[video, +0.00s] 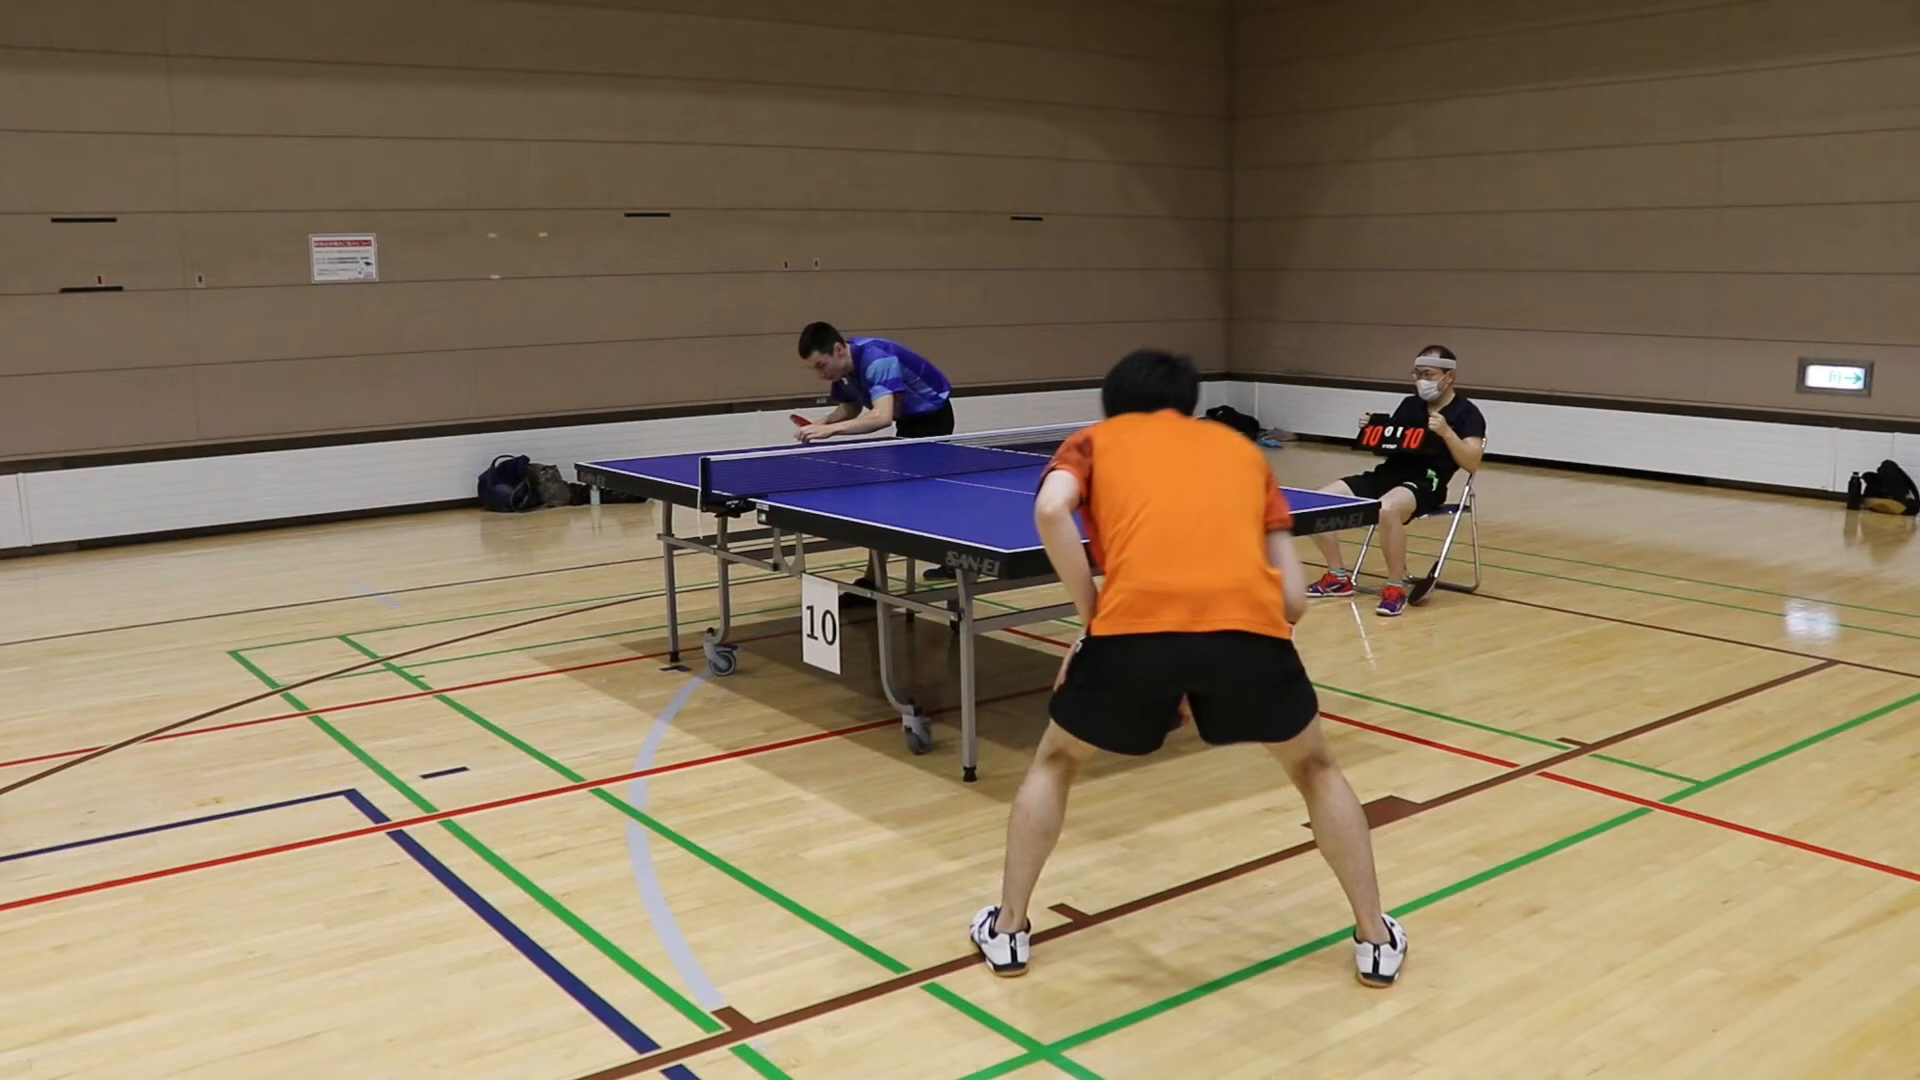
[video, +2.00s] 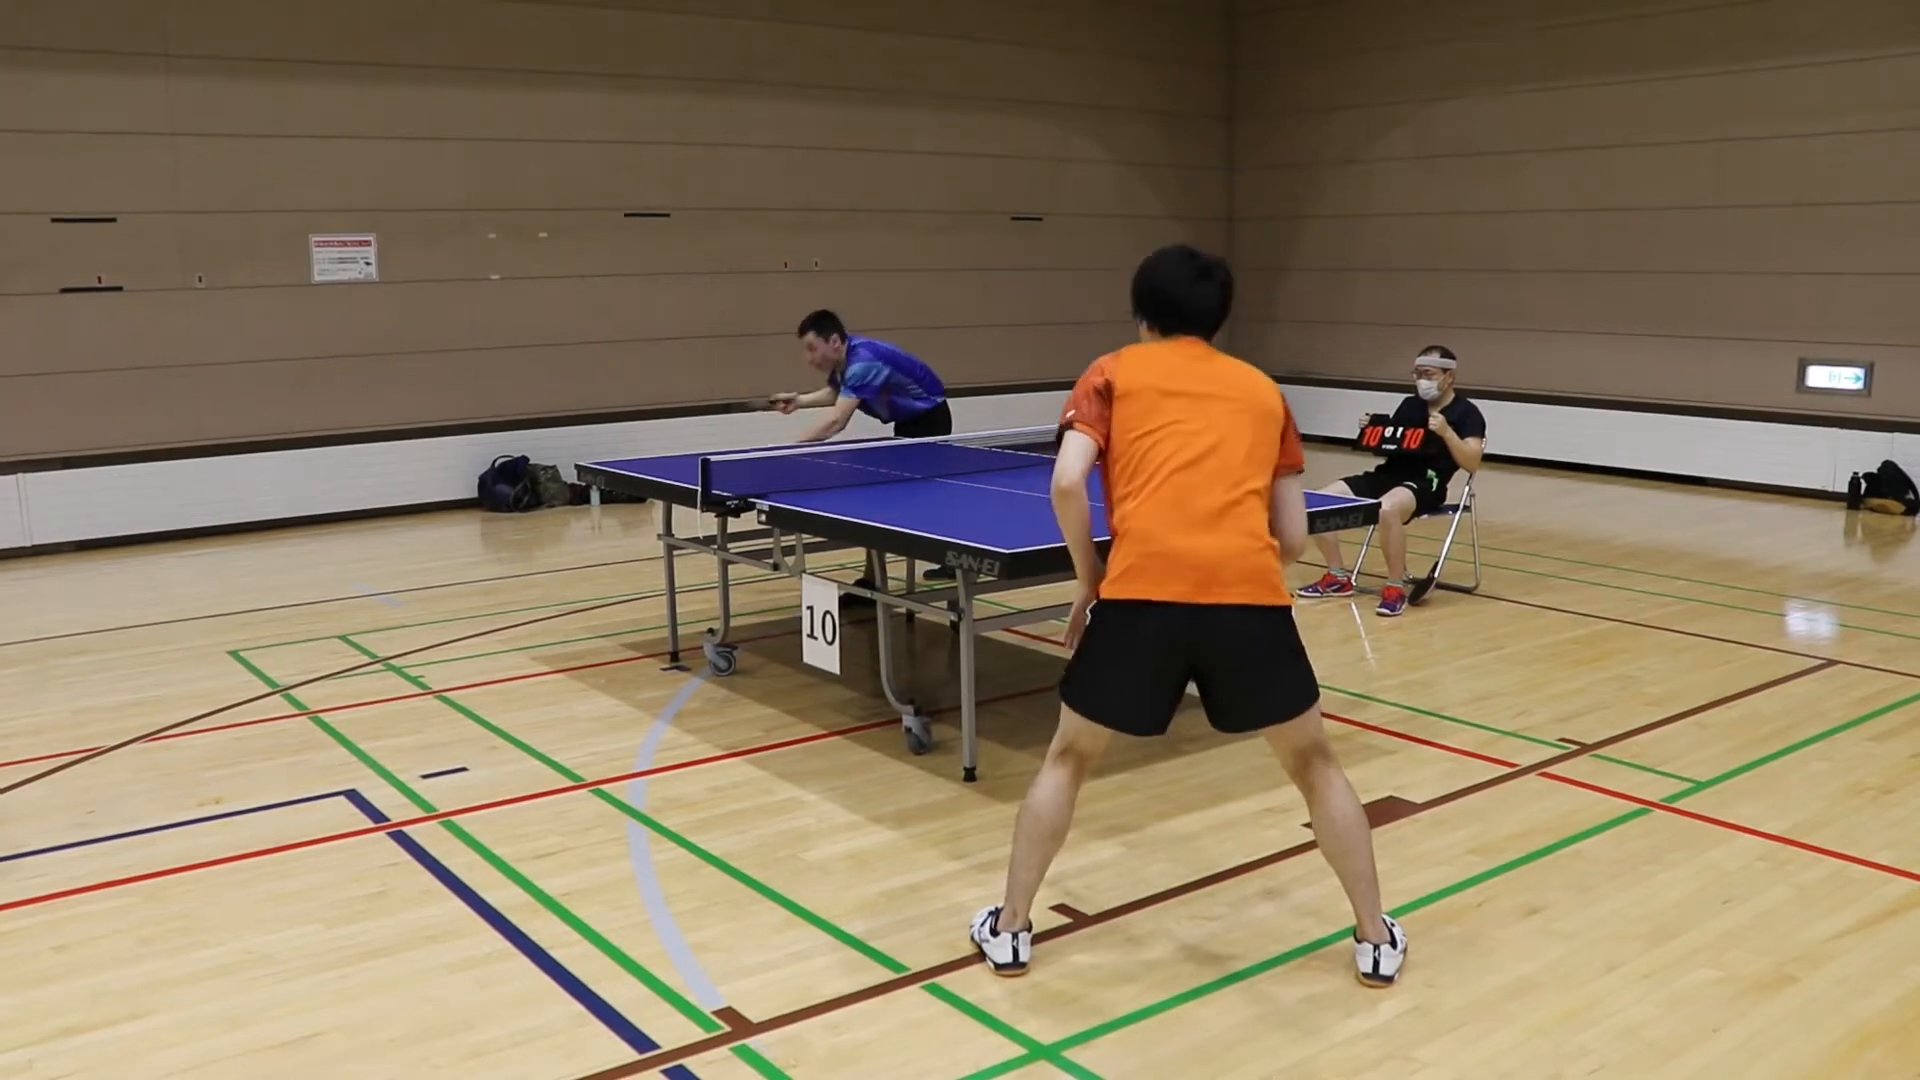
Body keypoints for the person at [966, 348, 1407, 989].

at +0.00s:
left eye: (1102, 410)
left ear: (1112, 406)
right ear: (1190, 405)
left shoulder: (1095, 438)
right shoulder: (1242, 449)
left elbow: (1051, 507)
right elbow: (1293, 595)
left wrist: (1095, 618)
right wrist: (1233, 661)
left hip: (1132, 641)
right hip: (1249, 642)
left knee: (1057, 762)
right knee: (1316, 769)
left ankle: (1008, 927)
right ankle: (1376, 938)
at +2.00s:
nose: (1136, 324)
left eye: (1137, 312)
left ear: (1143, 314)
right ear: (1220, 316)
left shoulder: (1114, 372)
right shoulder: (1262, 390)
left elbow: (1066, 483)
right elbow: (1292, 537)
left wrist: (1088, 581)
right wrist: (1222, 567)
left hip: (1140, 601)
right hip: (1249, 607)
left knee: (1069, 758)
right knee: (1313, 761)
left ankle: (1011, 928)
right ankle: (1377, 937)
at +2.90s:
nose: (1116, 310)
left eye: (1118, 301)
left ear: (1124, 305)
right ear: (1194, 307)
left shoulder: (1107, 372)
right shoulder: (1239, 379)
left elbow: (1048, 485)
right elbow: (1290, 498)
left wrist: (1015, 506)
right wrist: (1226, 481)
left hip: (1147, 591)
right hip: (1246, 587)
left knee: (1072, 708)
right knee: (1289, 690)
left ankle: (1052, 874)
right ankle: (1337, 836)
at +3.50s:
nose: (1082, 384)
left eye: (1083, 373)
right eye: (1082, 373)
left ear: (1095, 374)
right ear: (1155, 369)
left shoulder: (1100, 430)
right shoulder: (1205, 427)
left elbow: (1021, 529)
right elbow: (1224, 512)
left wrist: (1007, 514)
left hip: (1168, 644)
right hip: (1248, 637)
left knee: (1015, 707)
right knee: (1250, 698)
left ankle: (987, 880)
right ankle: (1322, 824)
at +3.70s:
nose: (1014, 366)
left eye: (1015, 354)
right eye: (1015, 354)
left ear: (1027, 355)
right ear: (1090, 345)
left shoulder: (1033, 404)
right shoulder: (1133, 409)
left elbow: (944, 492)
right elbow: (1134, 523)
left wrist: (900, 471)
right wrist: (1056, 590)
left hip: (1078, 624)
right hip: (1171, 616)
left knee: (946, 691)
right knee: (1235, 716)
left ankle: (960, 865)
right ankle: (1315, 821)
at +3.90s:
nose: (977, 363)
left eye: (979, 353)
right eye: (984, 352)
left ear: (987, 359)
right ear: (1055, 355)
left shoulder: (977, 431)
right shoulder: (1104, 423)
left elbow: (913, 553)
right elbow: (1184, 479)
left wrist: (884, 562)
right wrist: (1143, 424)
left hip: (1017, 647)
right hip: (1111, 641)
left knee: (906, 739)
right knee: (1165, 748)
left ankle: (850, 900)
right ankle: (1261, 874)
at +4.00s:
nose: (1010, 346)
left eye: (1012, 337)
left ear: (1018, 344)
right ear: (1090, 342)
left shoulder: (993, 421)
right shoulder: (1134, 419)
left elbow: (922, 544)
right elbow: (1203, 517)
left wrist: (925, 542)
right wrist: (1158, 464)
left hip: (1025, 644)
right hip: (1126, 642)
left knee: (920, 743)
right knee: (1194, 749)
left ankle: (851, 901)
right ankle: (1281, 895)